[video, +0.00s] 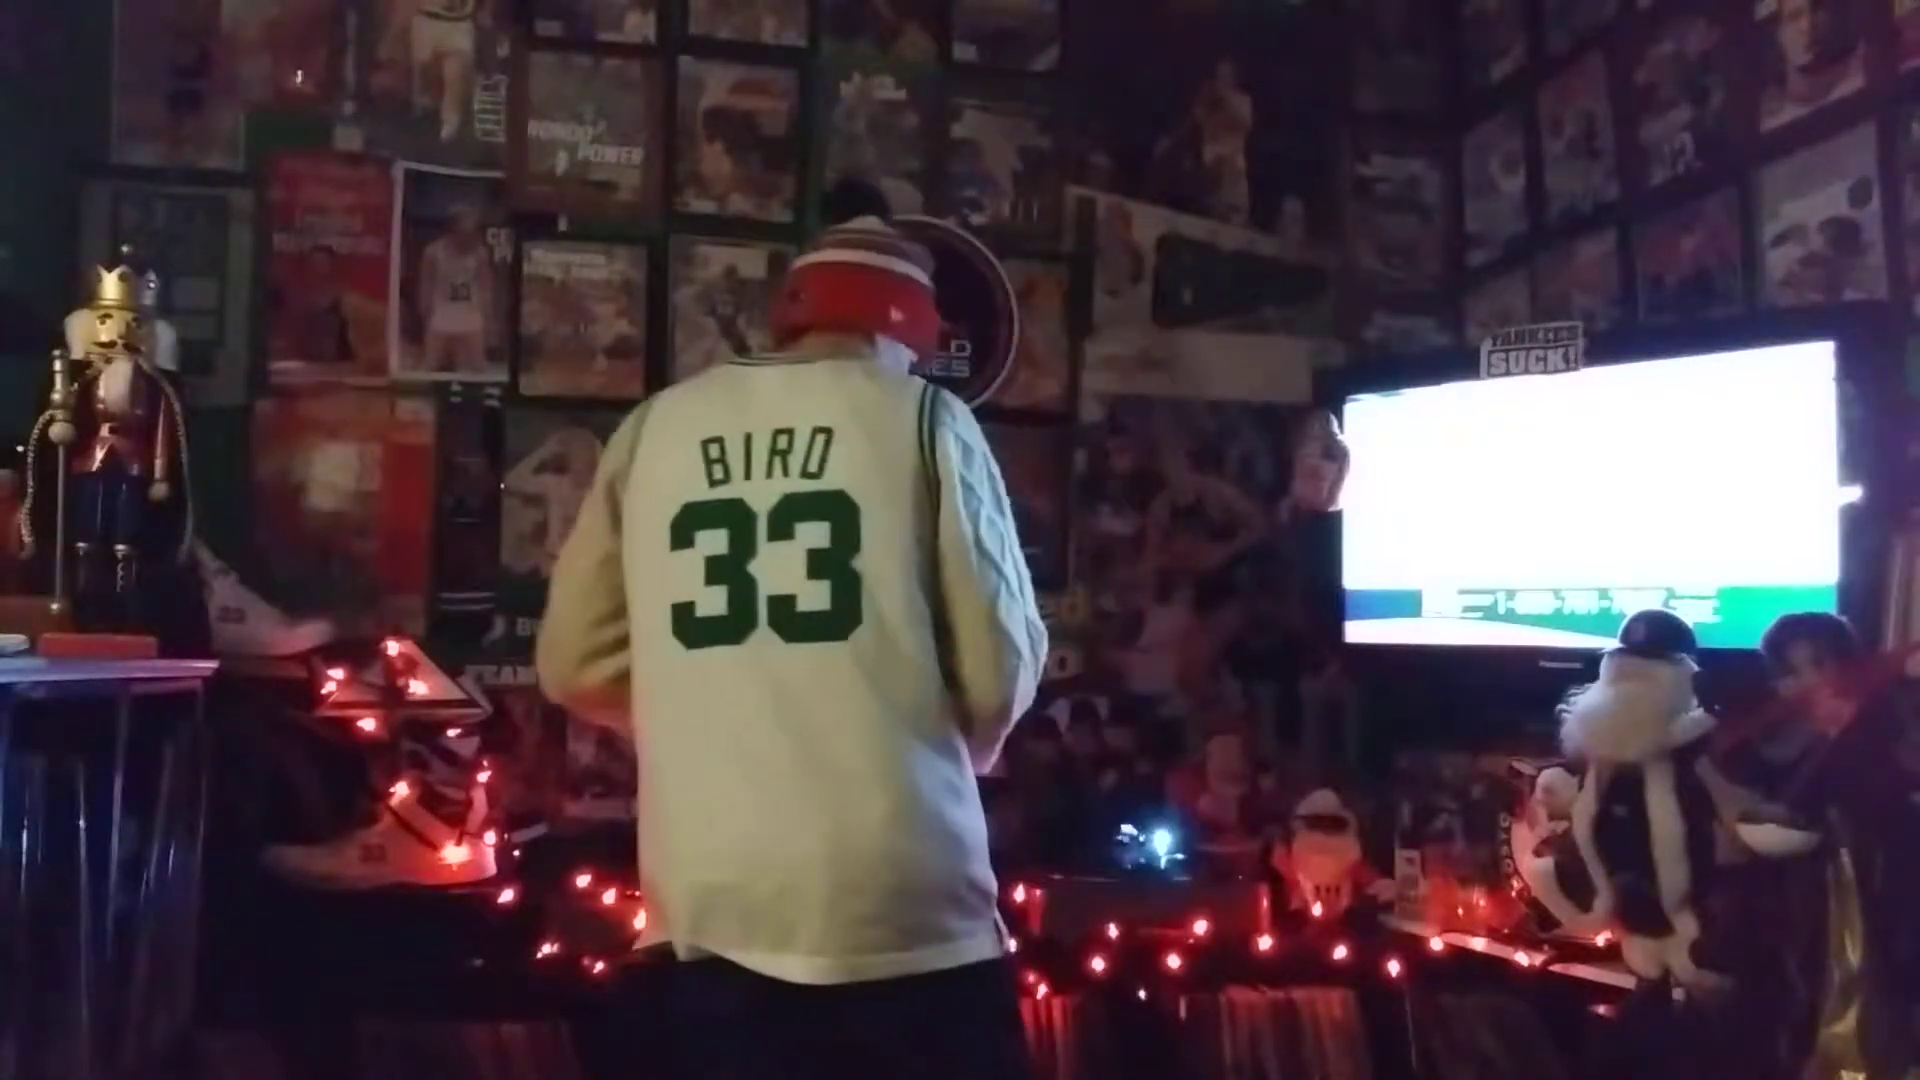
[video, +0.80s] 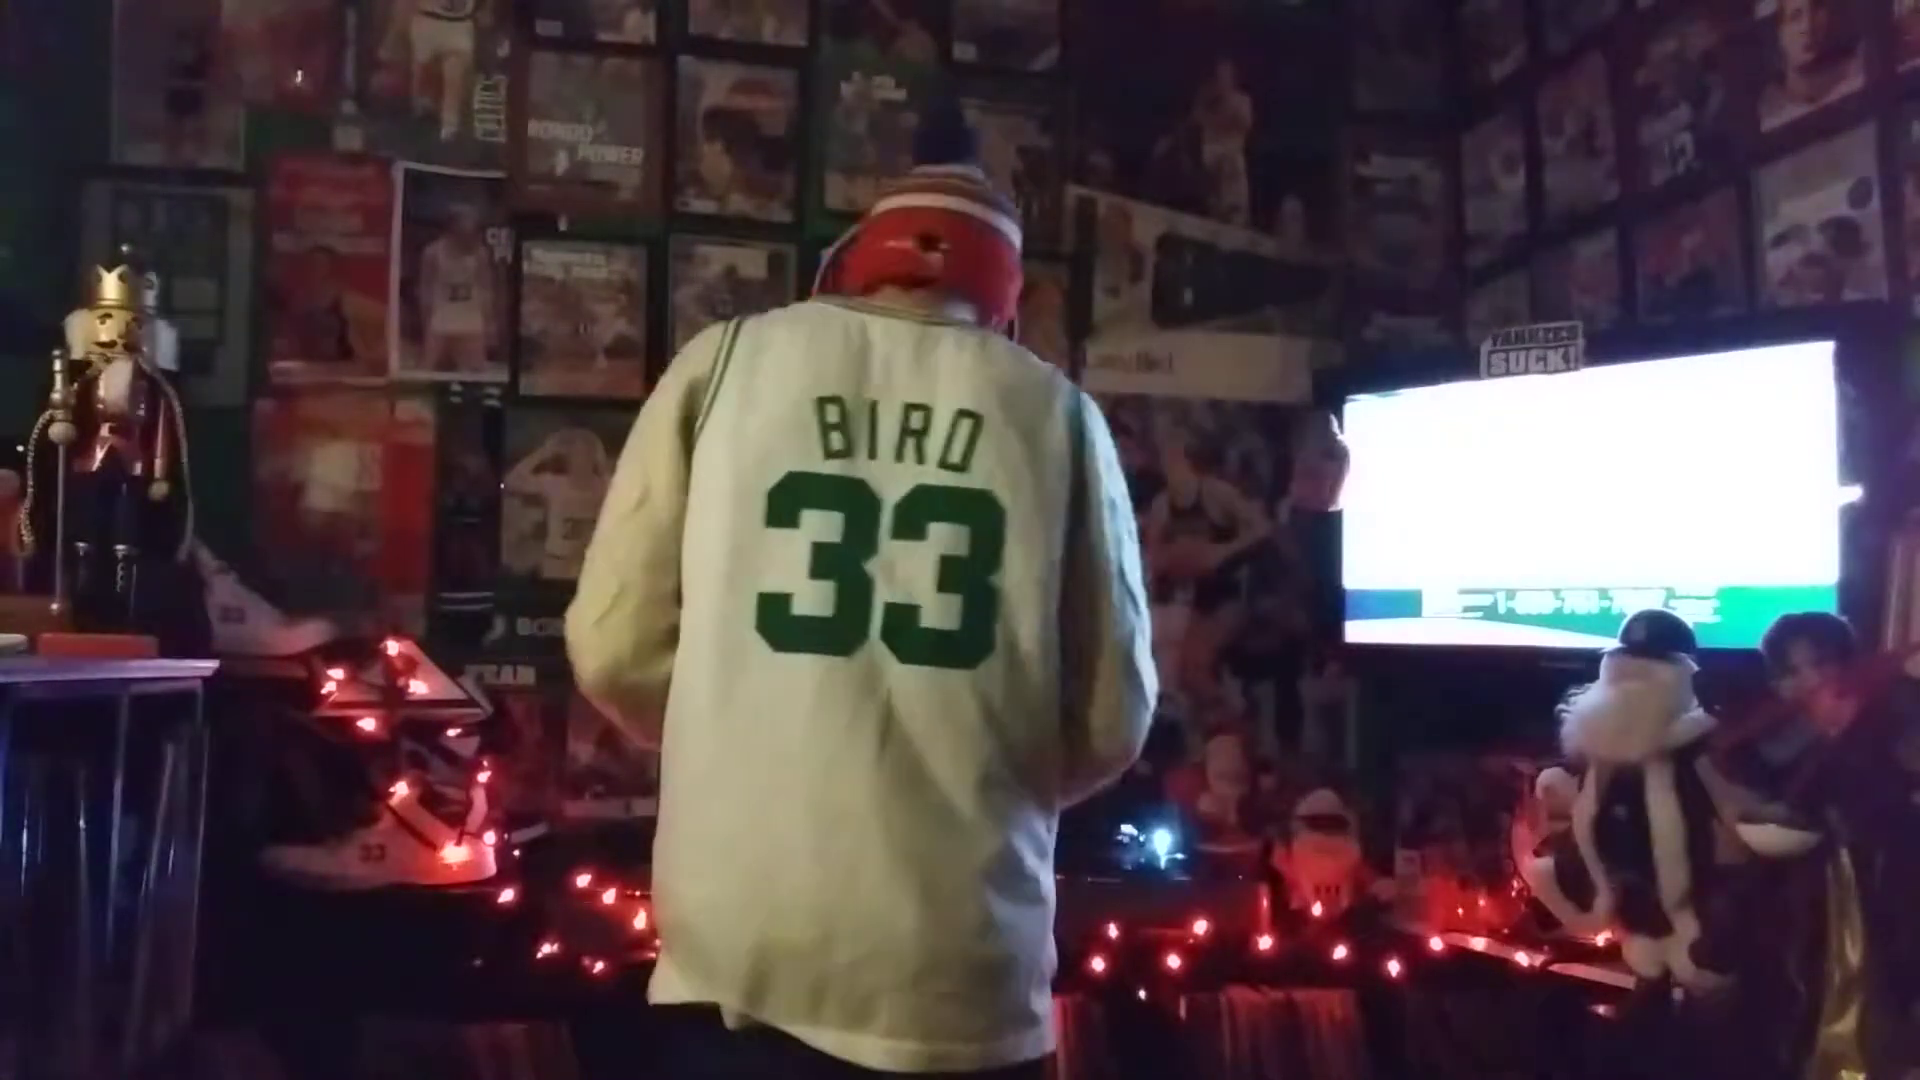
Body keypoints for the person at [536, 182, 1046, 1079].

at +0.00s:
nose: (939, 355)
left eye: (940, 347)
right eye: (936, 342)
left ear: (793, 317)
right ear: (914, 332)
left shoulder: (653, 425)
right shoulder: (929, 420)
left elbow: (574, 659)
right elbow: (996, 676)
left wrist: (710, 724)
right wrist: (935, 764)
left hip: (712, 920)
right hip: (909, 918)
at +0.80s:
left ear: (850, 266)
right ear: (1007, 299)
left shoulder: (722, 361)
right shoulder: (1061, 415)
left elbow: (612, 648)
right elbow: (1108, 722)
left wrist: (749, 738)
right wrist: (972, 790)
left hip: (726, 946)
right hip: (957, 973)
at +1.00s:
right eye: (1015, 266)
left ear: (858, 245)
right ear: (1010, 273)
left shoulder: (729, 348)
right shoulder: (1075, 405)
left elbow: (607, 637)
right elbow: (1122, 725)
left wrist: (749, 733)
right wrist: (971, 784)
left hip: (725, 945)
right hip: (961, 982)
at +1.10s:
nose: (1016, 279)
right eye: (1015, 258)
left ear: (850, 237)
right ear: (1000, 261)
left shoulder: (720, 351)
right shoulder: (1072, 406)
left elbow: (605, 640)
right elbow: (1119, 727)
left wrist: (752, 717)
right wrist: (969, 776)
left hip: (723, 958)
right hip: (958, 986)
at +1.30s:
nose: (973, 282)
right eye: (972, 261)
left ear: (806, 247)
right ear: (959, 266)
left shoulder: (682, 363)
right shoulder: (1035, 407)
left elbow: (578, 650)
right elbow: (1091, 717)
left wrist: (727, 726)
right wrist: (942, 770)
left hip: (700, 963)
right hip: (935, 986)